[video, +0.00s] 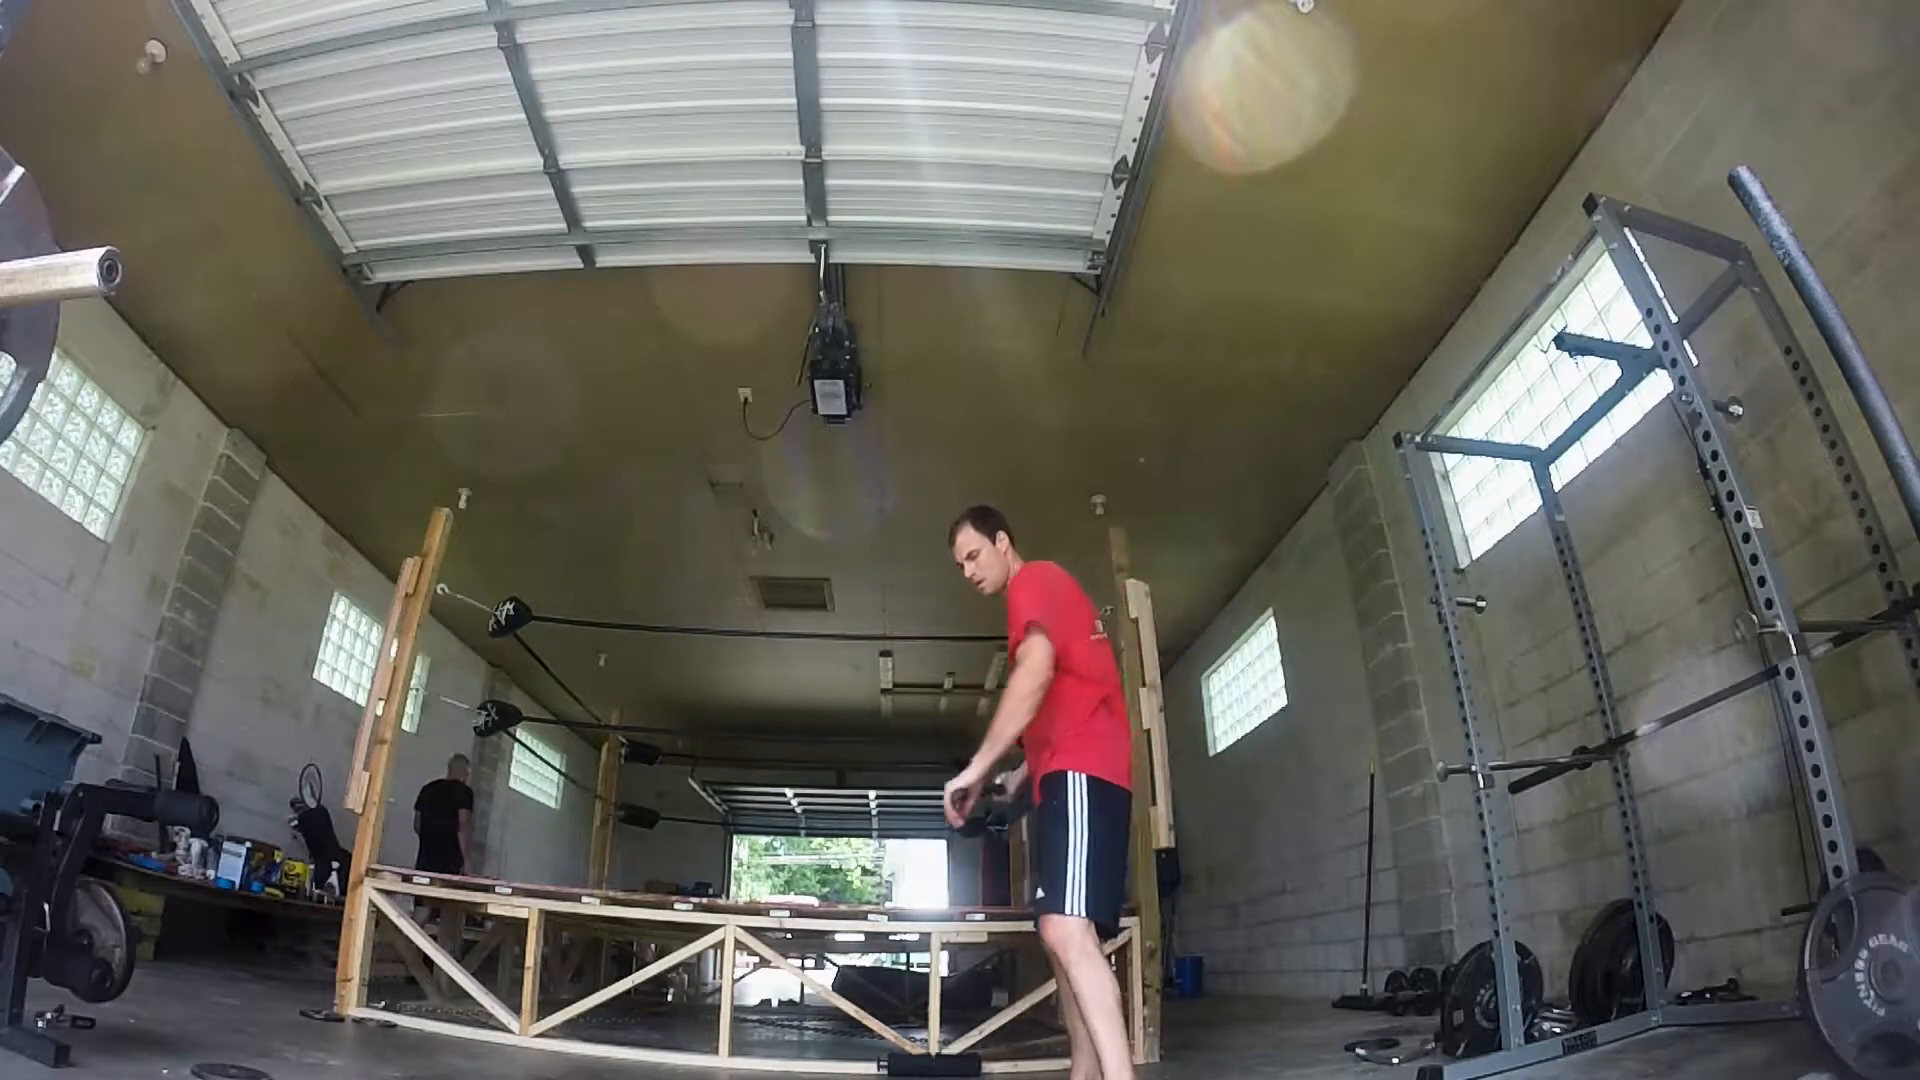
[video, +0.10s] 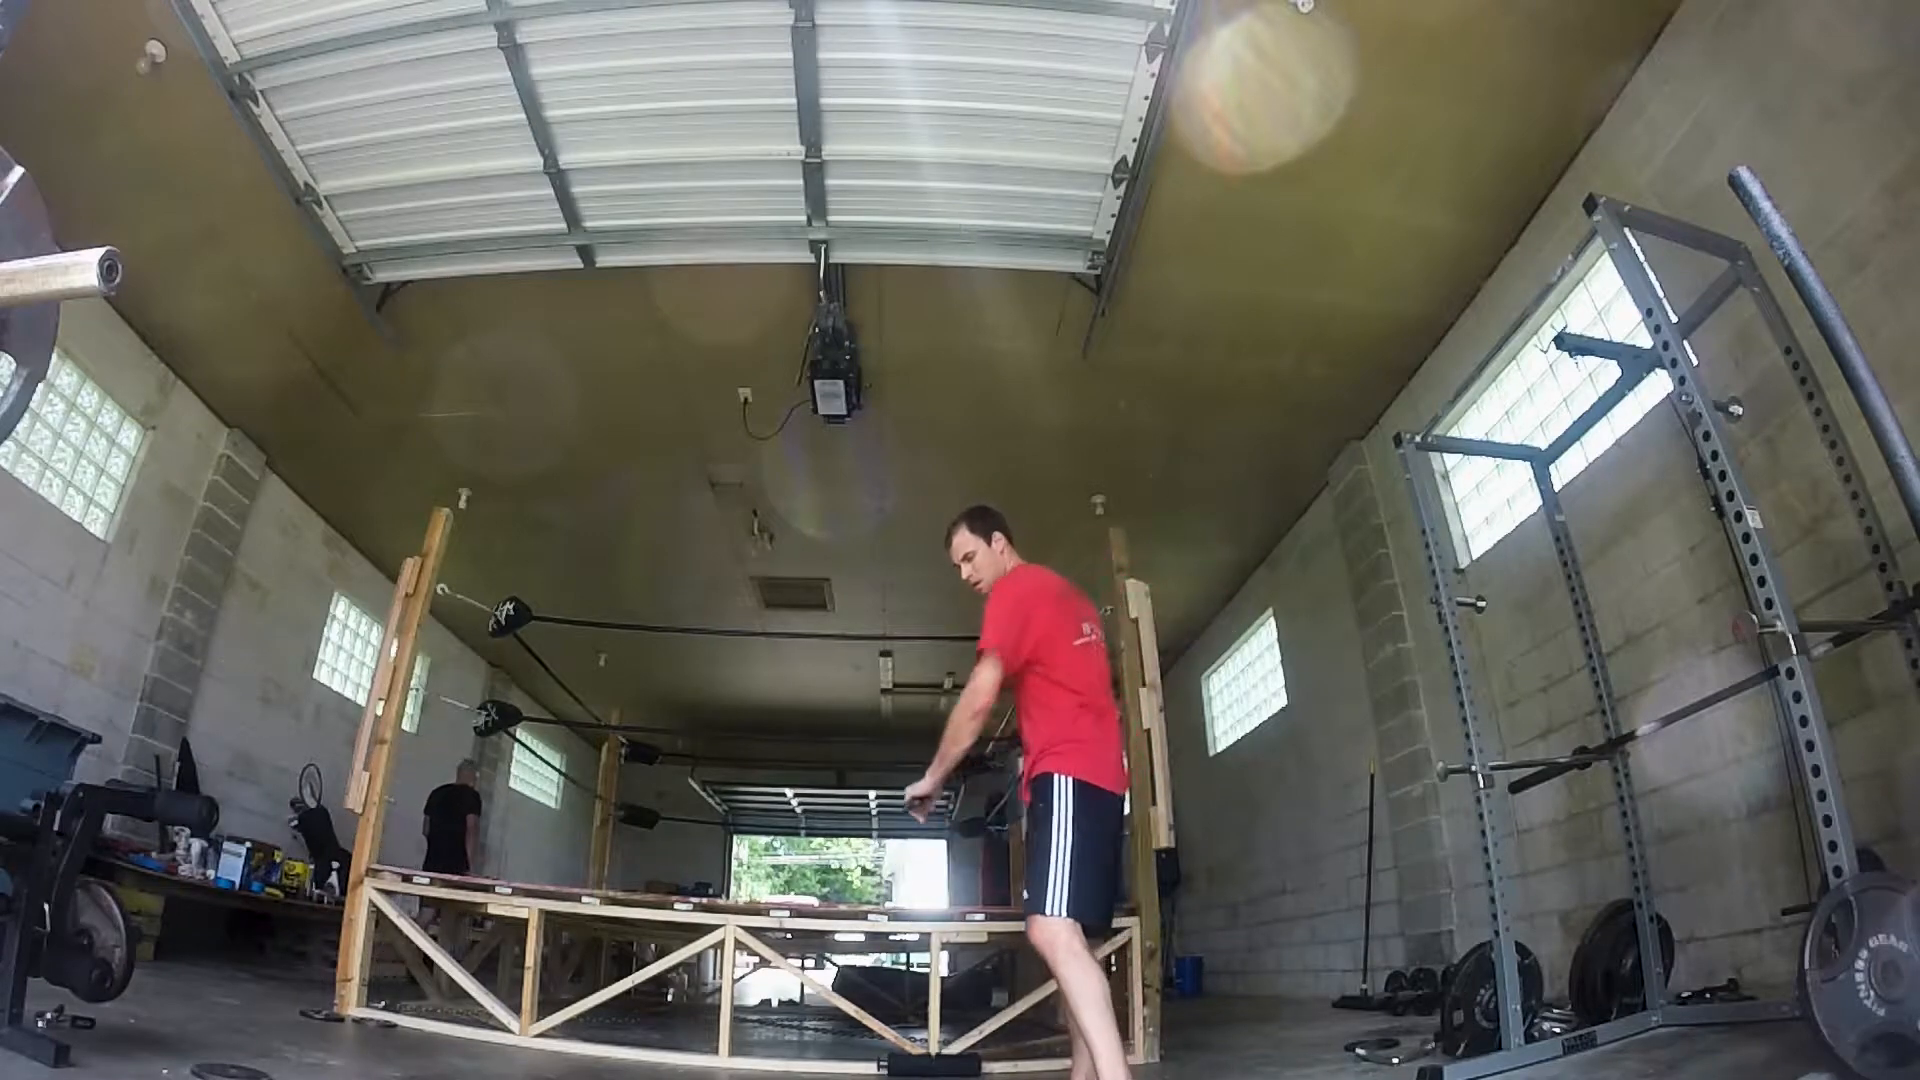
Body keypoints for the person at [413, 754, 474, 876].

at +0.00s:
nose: (466, 774)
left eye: (466, 770)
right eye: (466, 770)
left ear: (448, 769)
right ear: (465, 771)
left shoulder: (428, 788)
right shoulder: (463, 791)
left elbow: (417, 825)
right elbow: (463, 827)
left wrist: (429, 841)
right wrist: (467, 860)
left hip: (426, 854)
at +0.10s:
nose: (474, 779)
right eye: (474, 776)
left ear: (457, 775)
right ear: (473, 777)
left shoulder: (437, 792)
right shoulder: (471, 795)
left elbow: (426, 830)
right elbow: (471, 831)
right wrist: (471, 864)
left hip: (432, 861)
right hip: (456, 863)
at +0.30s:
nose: (494, 788)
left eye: (494, 785)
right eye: (493, 784)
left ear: (474, 782)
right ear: (487, 783)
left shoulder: (453, 801)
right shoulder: (492, 806)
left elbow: (442, 837)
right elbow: (494, 842)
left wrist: (443, 859)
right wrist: (495, 872)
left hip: (451, 868)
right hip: (479, 872)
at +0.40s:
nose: (500, 793)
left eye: (500, 789)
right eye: (499, 789)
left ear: (483, 787)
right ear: (494, 787)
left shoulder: (461, 804)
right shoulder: (501, 809)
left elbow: (445, 831)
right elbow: (504, 844)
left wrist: (445, 860)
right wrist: (509, 876)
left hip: (458, 869)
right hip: (486, 872)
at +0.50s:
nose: (503, 790)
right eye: (504, 787)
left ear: (487, 785)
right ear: (504, 787)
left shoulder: (469, 801)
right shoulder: (509, 806)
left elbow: (448, 822)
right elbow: (513, 836)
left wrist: (452, 852)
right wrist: (517, 861)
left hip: (467, 864)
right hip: (493, 869)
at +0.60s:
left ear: (492, 783)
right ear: (509, 786)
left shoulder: (476, 799)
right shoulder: (514, 804)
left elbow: (453, 815)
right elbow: (520, 832)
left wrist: (460, 842)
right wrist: (520, 851)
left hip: (474, 857)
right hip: (499, 861)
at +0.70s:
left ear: (497, 790)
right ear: (513, 792)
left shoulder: (482, 806)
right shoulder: (517, 810)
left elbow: (457, 824)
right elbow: (525, 840)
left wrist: (465, 847)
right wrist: (521, 855)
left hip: (480, 865)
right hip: (504, 868)